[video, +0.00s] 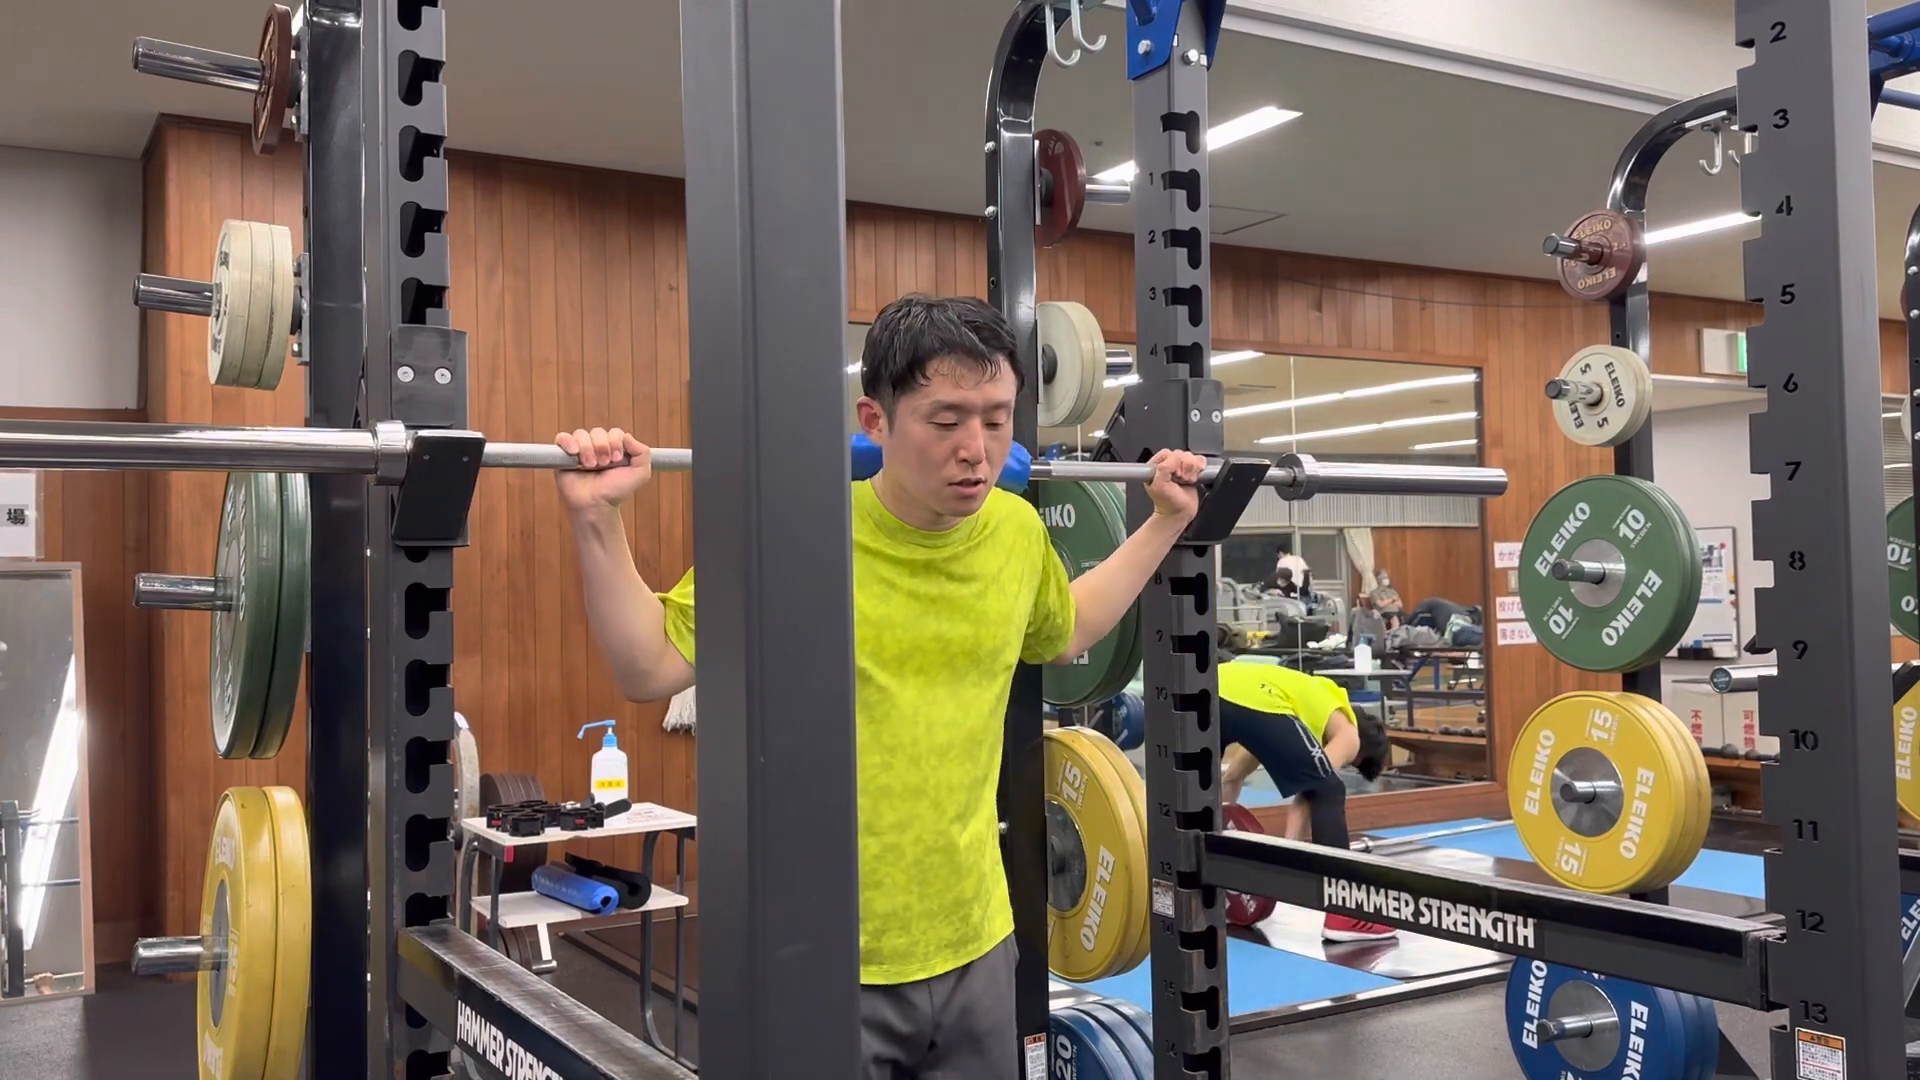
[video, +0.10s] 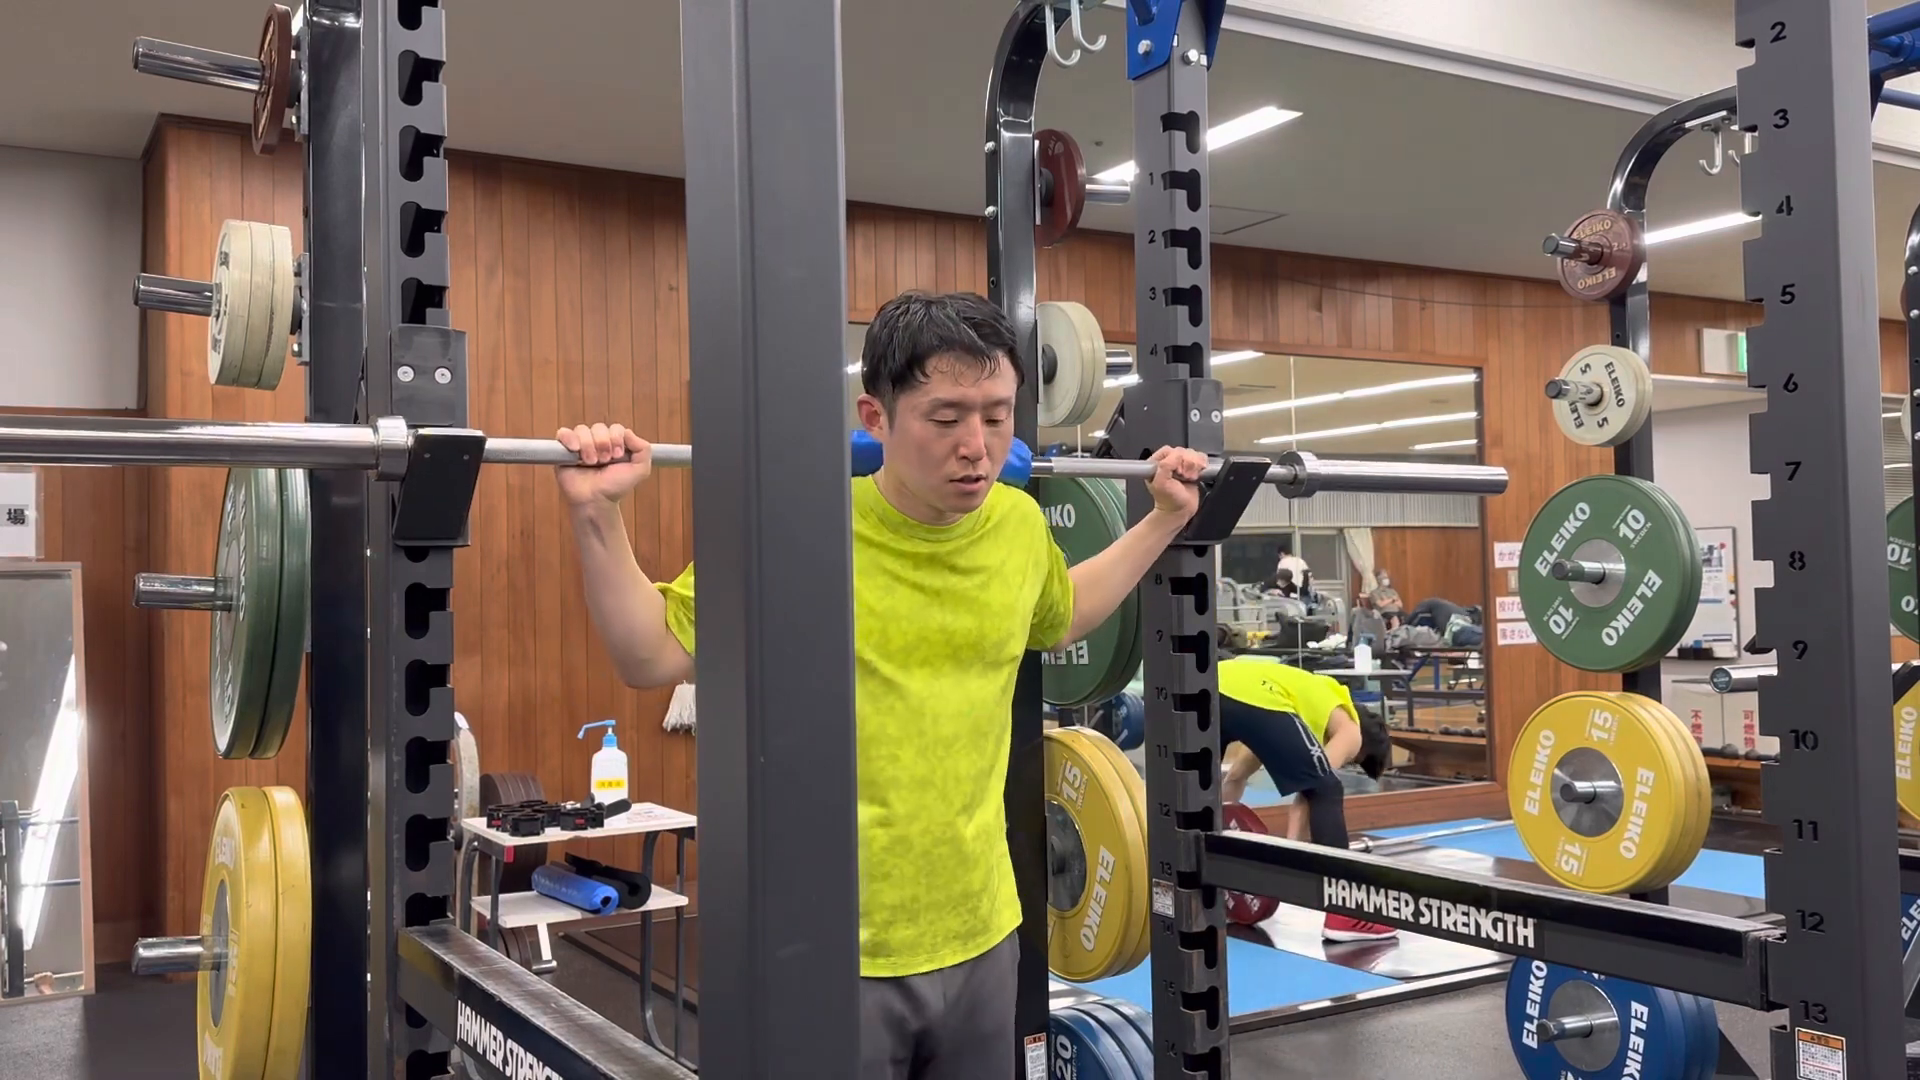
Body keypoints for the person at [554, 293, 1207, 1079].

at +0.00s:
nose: (974, 450)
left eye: (993, 421)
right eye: (944, 420)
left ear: (1014, 422)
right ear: (874, 419)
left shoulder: (1015, 530)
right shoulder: (804, 531)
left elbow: (1062, 630)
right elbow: (650, 666)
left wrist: (1166, 524)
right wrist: (597, 520)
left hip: (978, 954)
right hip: (833, 970)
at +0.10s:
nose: (974, 448)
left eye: (993, 418)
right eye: (944, 418)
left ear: (1014, 418)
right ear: (874, 416)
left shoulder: (1018, 523)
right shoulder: (809, 529)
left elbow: (1055, 614)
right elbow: (653, 654)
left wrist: (1165, 522)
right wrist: (597, 516)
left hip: (983, 946)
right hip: (839, 961)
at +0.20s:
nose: (974, 446)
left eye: (994, 417)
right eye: (944, 418)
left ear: (1015, 415)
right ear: (874, 415)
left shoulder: (1019, 518)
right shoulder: (812, 525)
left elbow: (1061, 608)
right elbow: (653, 647)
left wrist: (1168, 515)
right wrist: (597, 507)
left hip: (987, 937)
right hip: (847, 956)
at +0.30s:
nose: (975, 448)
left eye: (994, 417)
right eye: (944, 420)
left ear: (1015, 413)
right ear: (874, 416)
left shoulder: (1020, 516)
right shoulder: (811, 524)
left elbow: (1060, 610)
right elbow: (655, 646)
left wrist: (1170, 514)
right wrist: (597, 505)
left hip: (986, 938)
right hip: (846, 957)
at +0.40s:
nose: (970, 447)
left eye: (991, 416)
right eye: (940, 418)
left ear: (1013, 412)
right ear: (873, 413)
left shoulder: (1019, 516)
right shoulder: (808, 519)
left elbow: (1063, 611)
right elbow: (653, 644)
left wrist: (1170, 514)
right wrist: (596, 504)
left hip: (984, 944)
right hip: (841, 958)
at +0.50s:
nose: (966, 440)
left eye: (987, 410)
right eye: (935, 411)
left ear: (1009, 409)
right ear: (868, 407)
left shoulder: (1015, 512)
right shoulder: (803, 512)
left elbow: (1058, 607)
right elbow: (644, 632)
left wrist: (1168, 510)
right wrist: (591, 495)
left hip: (984, 942)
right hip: (838, 955)